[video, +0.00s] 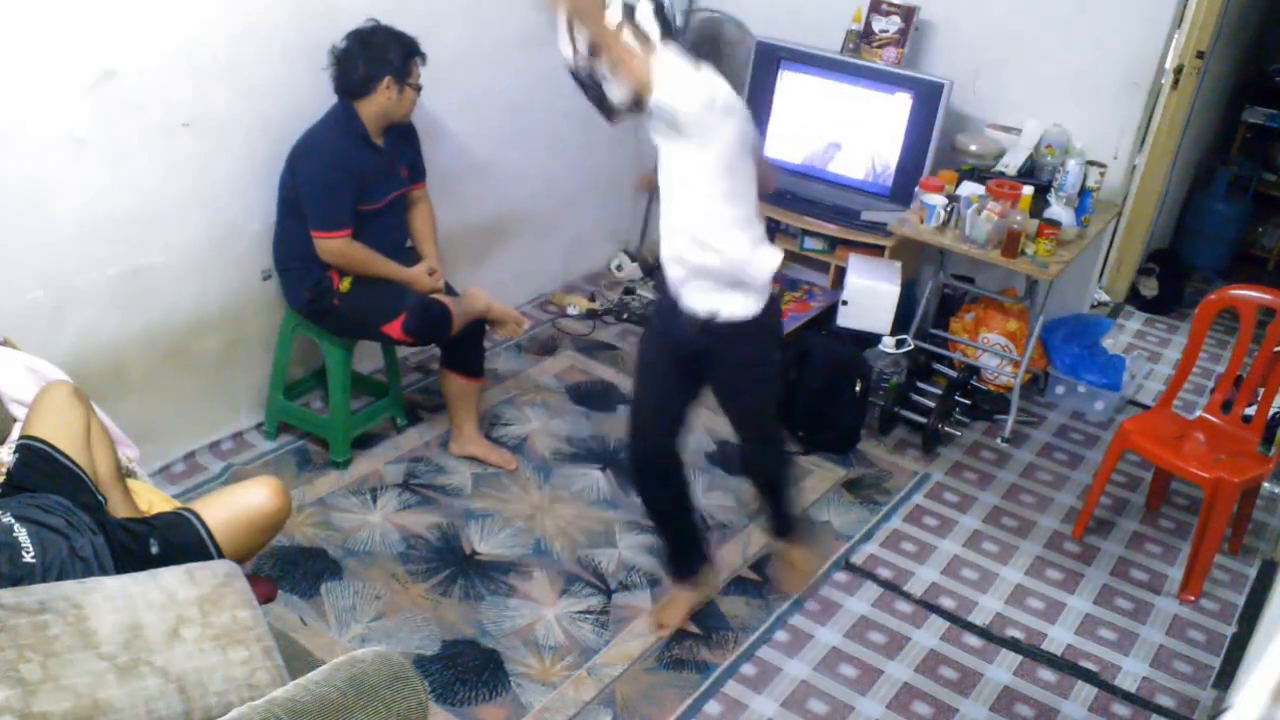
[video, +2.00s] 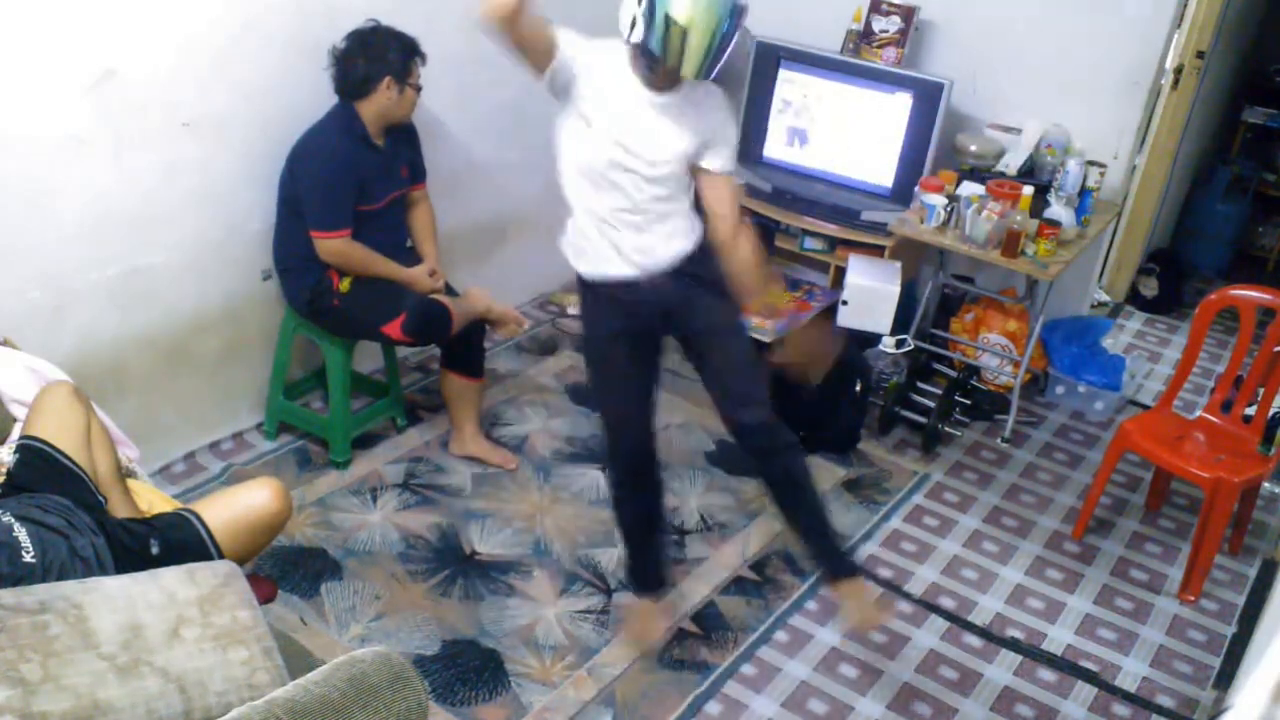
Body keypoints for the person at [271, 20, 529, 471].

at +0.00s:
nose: (419, 96)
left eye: (419, 87)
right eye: (416, 87)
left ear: (386, 88)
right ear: (387, 88)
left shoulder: (399, 131)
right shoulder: (325, 151)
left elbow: (418, 202)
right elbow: (333, 249)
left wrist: (429, 259)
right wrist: (407, 276)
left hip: (387, 266)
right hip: (325, 283)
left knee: (466, 320)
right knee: (424, 324)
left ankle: (465, 435)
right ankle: (477, 305)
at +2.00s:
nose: (419, 96)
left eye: (419, 87)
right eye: (416, 87)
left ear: (387, 88)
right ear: (387, 88)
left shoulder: (400, 130)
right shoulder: (326, 151)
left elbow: (418, 202)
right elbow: (332, 249)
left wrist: (429, 260)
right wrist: (407, 276)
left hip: (389, 264)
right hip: (325, 281)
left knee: (465, 323)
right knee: (423, 324)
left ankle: (466, 435)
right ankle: (477, 306)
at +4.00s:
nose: (419, 95)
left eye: (419, 87)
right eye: (416, 86)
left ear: (387, 86)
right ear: (388, 86)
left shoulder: (399, 132)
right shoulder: (326, 150)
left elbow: (417, 202)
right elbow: (332, 248)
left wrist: (429, 258)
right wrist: (407, 276)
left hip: (388, 266)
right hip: (326, 283)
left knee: (466, 321)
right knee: (426, 323)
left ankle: (465, 435)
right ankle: (477, 305)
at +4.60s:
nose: (419, 95)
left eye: (419, 86)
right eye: (416, 86)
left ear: (387, 86)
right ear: (388, 86)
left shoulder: (399, 131)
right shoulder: (325, 151)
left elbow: (417, 202)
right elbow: (332, 249)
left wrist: (429, 260)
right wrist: (407, 276)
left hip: (388, 266)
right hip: (326, 283)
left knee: (466, 321)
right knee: (424, 323)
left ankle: (465, 435)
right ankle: (477, 304)